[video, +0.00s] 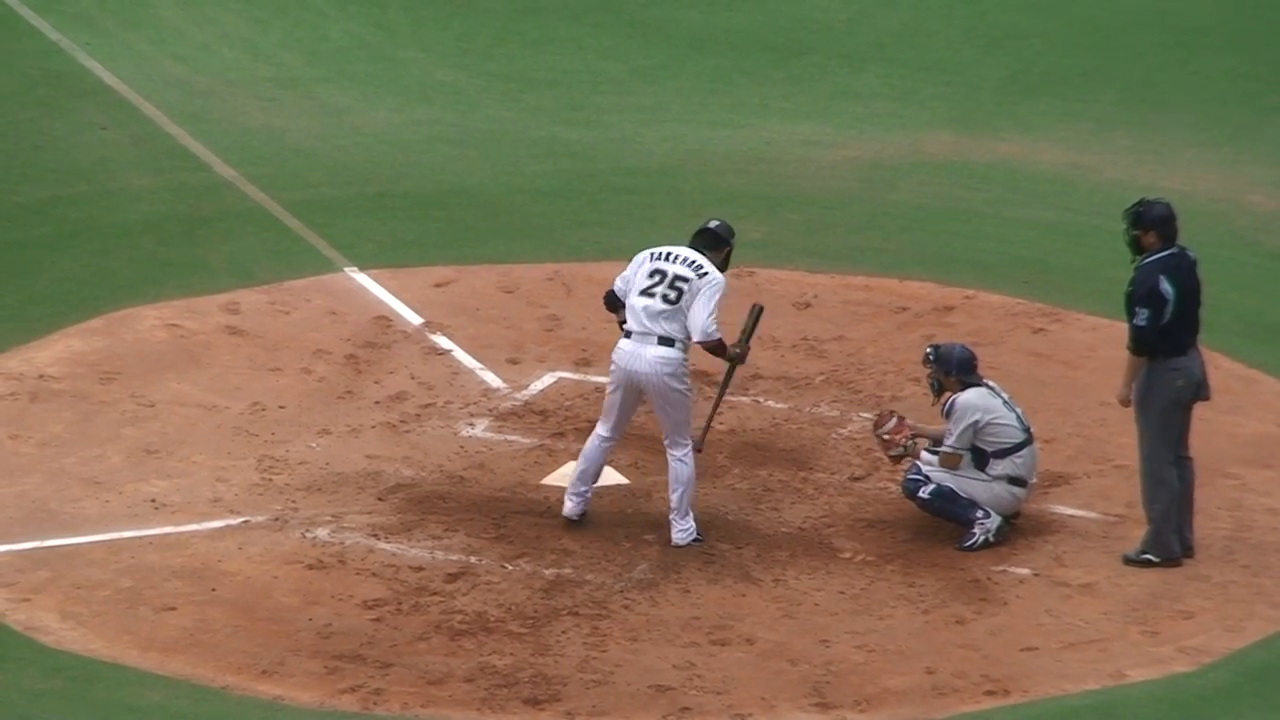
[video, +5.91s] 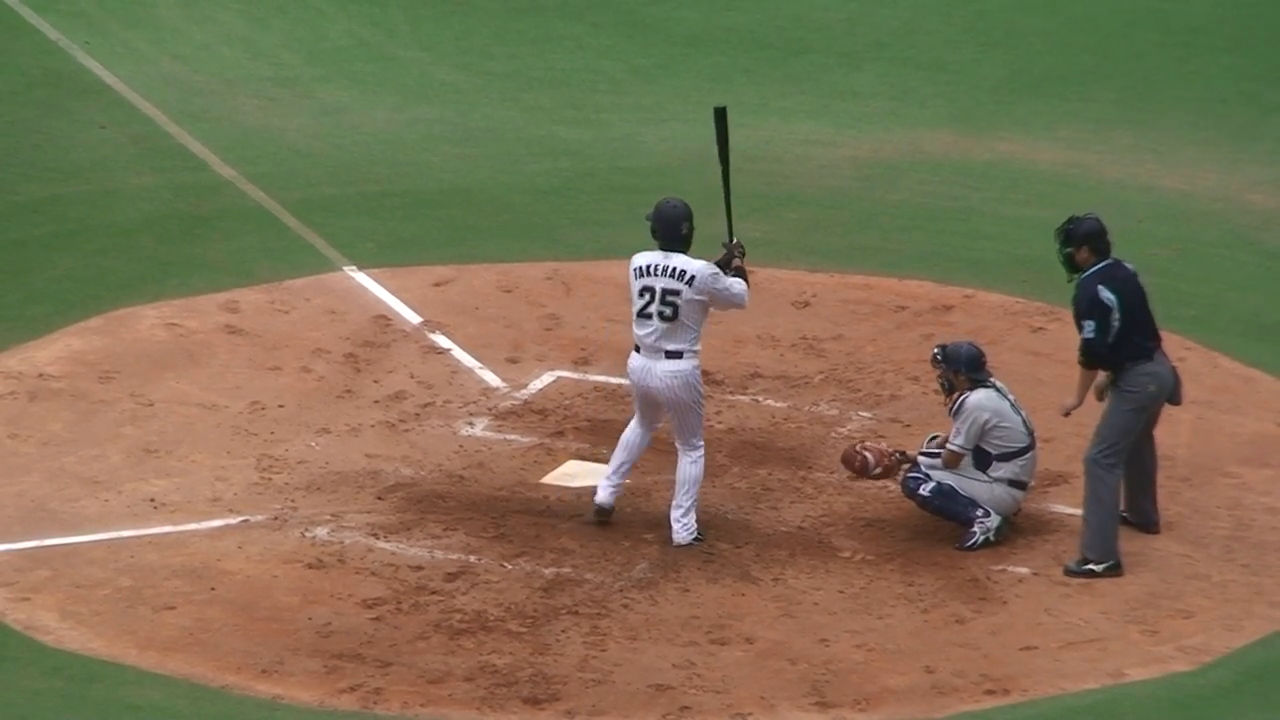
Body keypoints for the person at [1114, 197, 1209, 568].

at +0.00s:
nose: (1133, 236)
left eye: (1137, 231)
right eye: (1134, 229)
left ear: (1150, 236)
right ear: (1166, 232)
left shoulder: (1148, 275)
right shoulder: (1185, 260)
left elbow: (1140, 340)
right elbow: (1188, 322)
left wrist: (1126, 384)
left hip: (1162, 372)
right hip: (1188, 365)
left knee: (1157, 459)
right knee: (1176, 455)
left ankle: (1161, 544)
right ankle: (1179, 537)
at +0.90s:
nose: (1117, 243)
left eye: (1122, 238)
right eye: (1118, 237)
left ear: (1138, 241)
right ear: (1149, 240)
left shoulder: (1134, 282)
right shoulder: (1169, 267)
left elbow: (1128, 346)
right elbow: (1172, 324)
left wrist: (1117, 391)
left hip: (1148, 378)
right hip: (1173, 371)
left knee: (1124, 462)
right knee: (1167, 458)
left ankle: (1105, 555)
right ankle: (1177, 537)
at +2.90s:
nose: (1088, 237)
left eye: (1093, 232)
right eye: (1090, 230)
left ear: (1105, 238)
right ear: (1120, 235)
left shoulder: (1105, 278)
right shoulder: (1139, 263)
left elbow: (1101, 344)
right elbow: (1141, 322)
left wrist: (1088, 387)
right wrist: (1141, 361)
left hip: (1120, 373)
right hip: (1143, 365)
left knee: (1105, 458)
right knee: (1136, 443)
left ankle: (1101, 554)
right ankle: (1145, 512)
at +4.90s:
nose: (1091, 240)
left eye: (1095, 235)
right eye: (1093, 233)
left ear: (1108, 241)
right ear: (1124, 237)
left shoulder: (1106, 280)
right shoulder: (1142, 264)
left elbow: (1102, 346)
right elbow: (1142, 322)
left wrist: (1092, 388)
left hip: (1120, 375)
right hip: (1143, 366)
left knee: (1108, 459)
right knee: (1138, 445)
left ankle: (1105, 554)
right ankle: (1147, 514)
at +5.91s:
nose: (1068, 254)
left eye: (1071, 249)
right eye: (1069, 247)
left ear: (1083, 251)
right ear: (1101, 246)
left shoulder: (1089, 288)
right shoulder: (1122, 270)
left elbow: (1091, 350)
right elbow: (1132, 331)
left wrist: (1078, 398)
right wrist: (1109, 376)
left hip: (1137, 379)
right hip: (1159, 369)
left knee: (1100, 459)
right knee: (1138, 439)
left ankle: (1101, 556)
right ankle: (1143, 513)